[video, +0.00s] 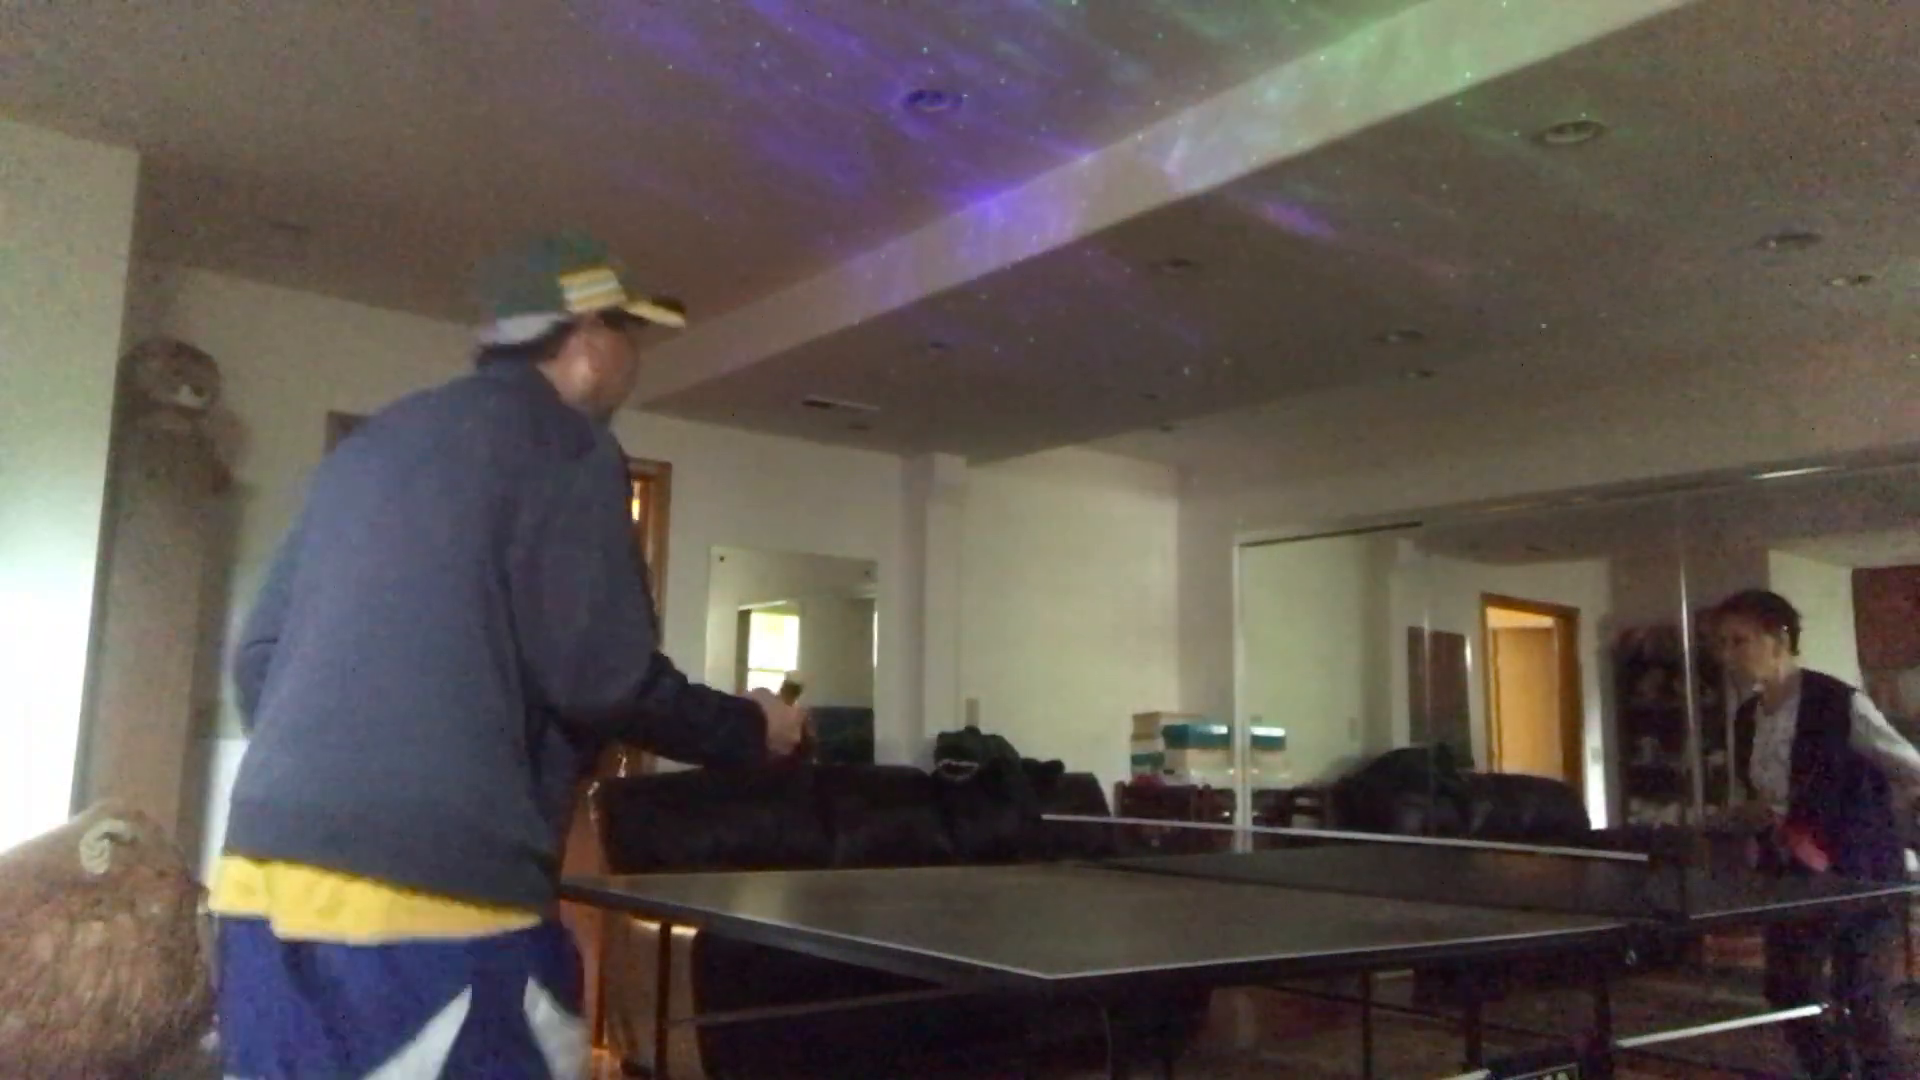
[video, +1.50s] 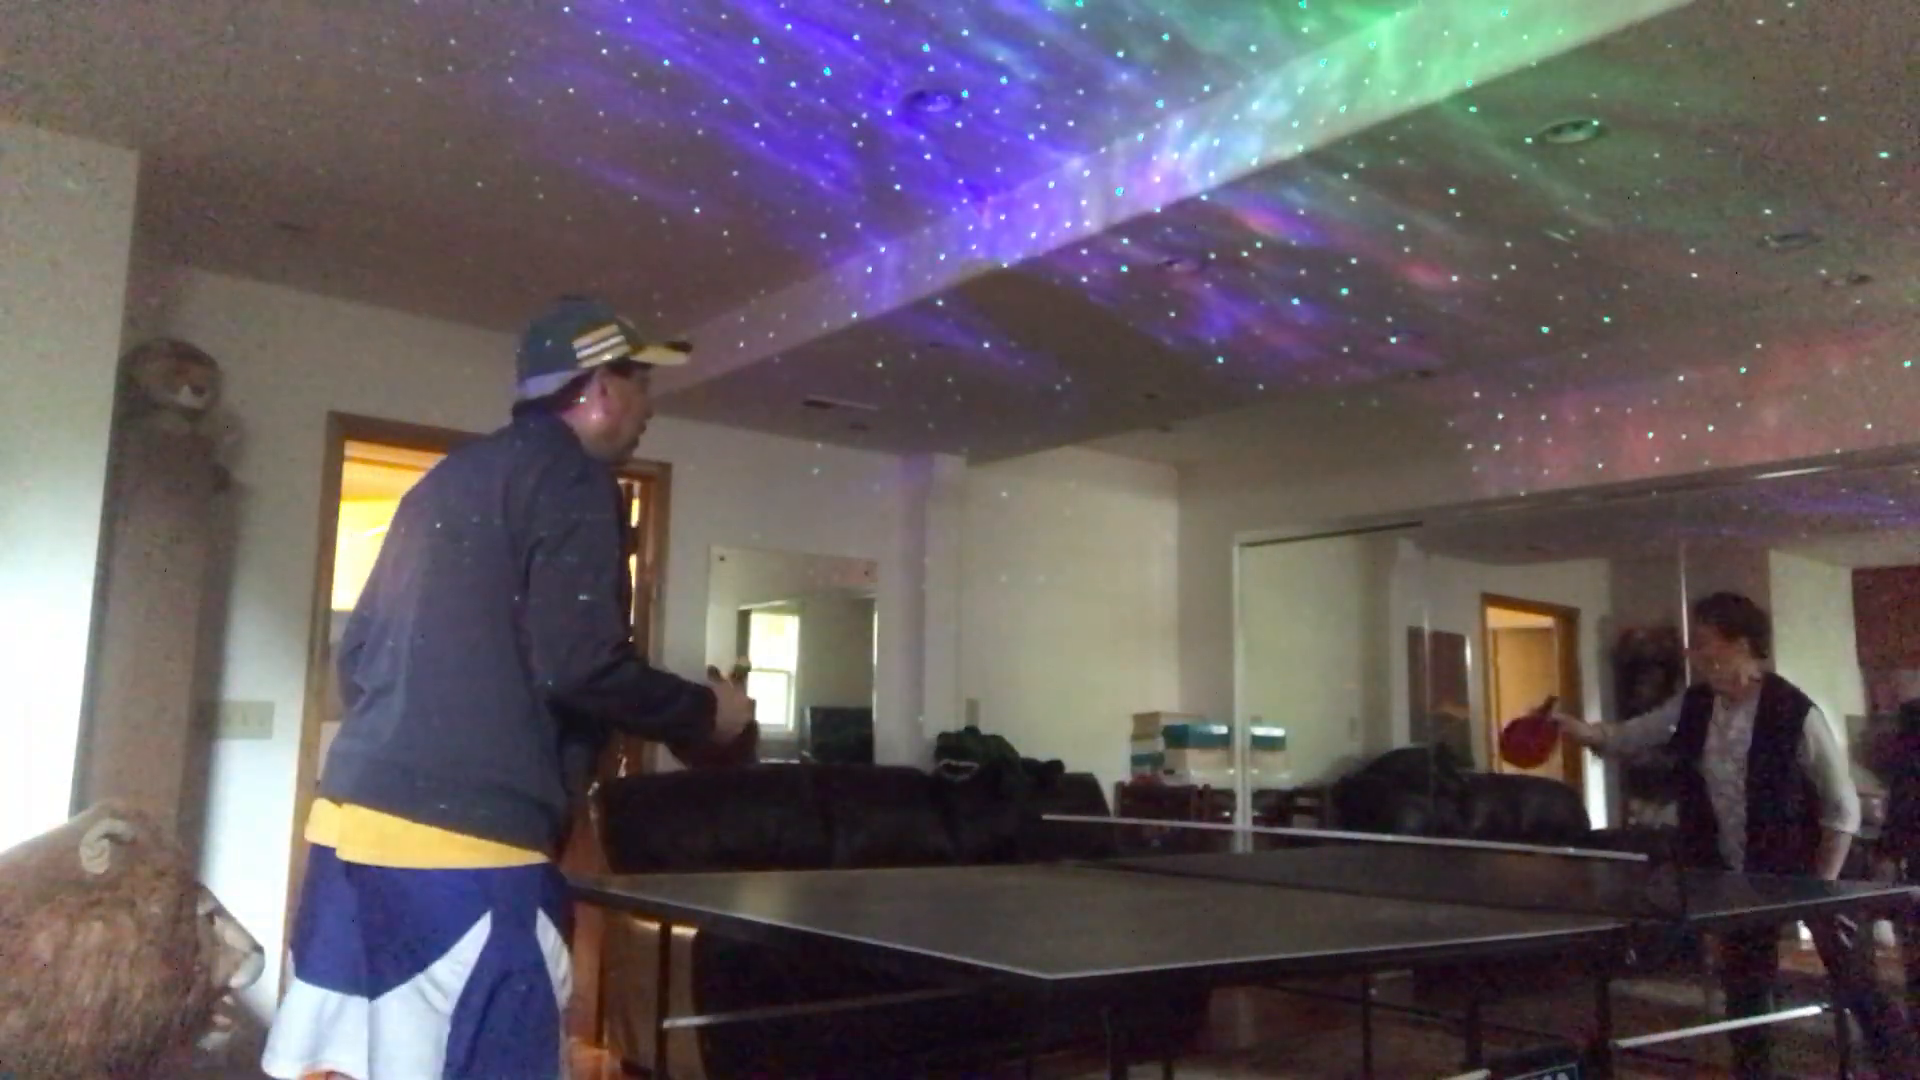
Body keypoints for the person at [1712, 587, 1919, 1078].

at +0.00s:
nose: (1728, 656)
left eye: (1739, 640)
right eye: (1724, 644)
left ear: (1780, 637)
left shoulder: (1838, 701)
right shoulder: (1745, 717)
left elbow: (1910, 768)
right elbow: (1749, 802)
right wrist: (1751, 817)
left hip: (1861, 875)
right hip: (1791, 878)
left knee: (1864, 1001)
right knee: (1787, 996)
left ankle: (1880, 1069)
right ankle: (1824, 1068)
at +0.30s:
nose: (1731, 662)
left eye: (1742, 648)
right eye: (1722, 651)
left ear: (1778, 652)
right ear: (1713, 662)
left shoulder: (1833, 713)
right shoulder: (1717, 725)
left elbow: (1905, 796)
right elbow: (1712, 811)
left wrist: (1906, 879)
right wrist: (1711, 833)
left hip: (1852, 876)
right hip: (1774, 881)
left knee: (1872, 994)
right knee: (1781, 1002)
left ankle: (1905, 1067)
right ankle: (1803, 1072)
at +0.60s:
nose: (1736, 663)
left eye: (1750, 649)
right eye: (1730, 651)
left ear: (1790, 653)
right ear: (1724, 660)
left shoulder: (1850, 717)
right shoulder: (1736, 727)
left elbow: (1907, 803)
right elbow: (1734, 810)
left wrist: (1902, 889)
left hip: (1859, 882)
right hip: (1780, 887)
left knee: (1902, 994)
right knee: (1786, 1012)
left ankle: (1917, 1059)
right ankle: (1805, 1072)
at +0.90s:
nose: (1698, 672)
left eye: (1708, 659)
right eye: (1696, 661)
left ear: (1747, 658)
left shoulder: (1811, 723)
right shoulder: (1712, 731)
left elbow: (1878, 812)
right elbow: (1710, 816)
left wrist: (1856, 893)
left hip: (1834, 881)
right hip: (1766, 885)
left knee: (1884, 988)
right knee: (1745, 987)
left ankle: (1909, 1060)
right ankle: (1752, 1070)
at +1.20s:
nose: (1661, 669)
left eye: (1669, 654)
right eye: (1659, 657)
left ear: (1708, 650)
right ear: (1703, 654)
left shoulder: (1772, 715)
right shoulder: (1699, 718)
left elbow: (1825, 810)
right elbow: (1710, 805)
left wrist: (1795, 892)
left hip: (1795, 866)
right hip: (1738, 872)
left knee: (1844, 982)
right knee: (1736, 983)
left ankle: (1896, 1060)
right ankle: (1750, 1068)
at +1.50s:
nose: (1695, 654)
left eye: (1705, 642)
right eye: (1694, 643)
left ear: (1742, 645)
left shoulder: (1796, 711)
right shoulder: (1692, 707)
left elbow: (1842, 808)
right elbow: (1625, 737)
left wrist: (1821, 888)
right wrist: (1562, 724)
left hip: (1808, 873)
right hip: (1738, 879)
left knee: (1858, 987)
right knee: (1745, 995)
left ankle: (1899, 1067)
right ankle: (1750, 1071)